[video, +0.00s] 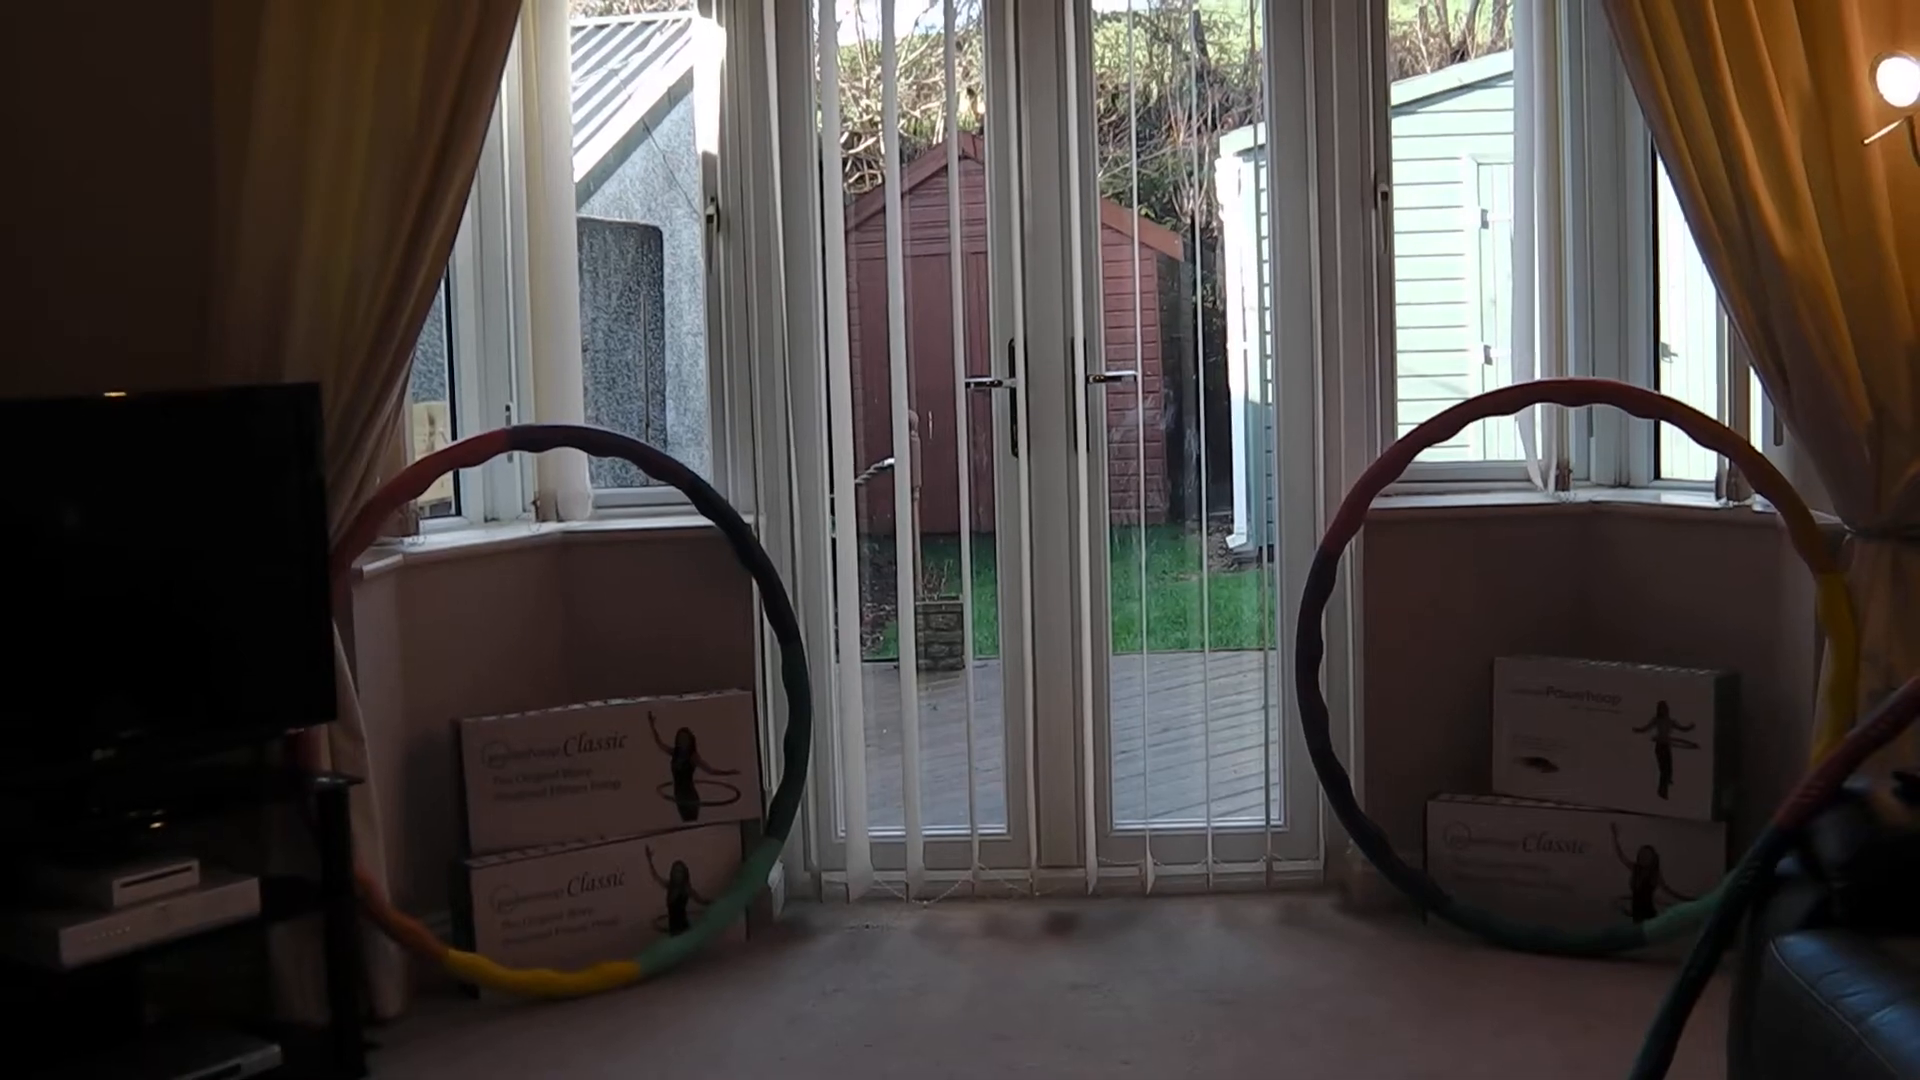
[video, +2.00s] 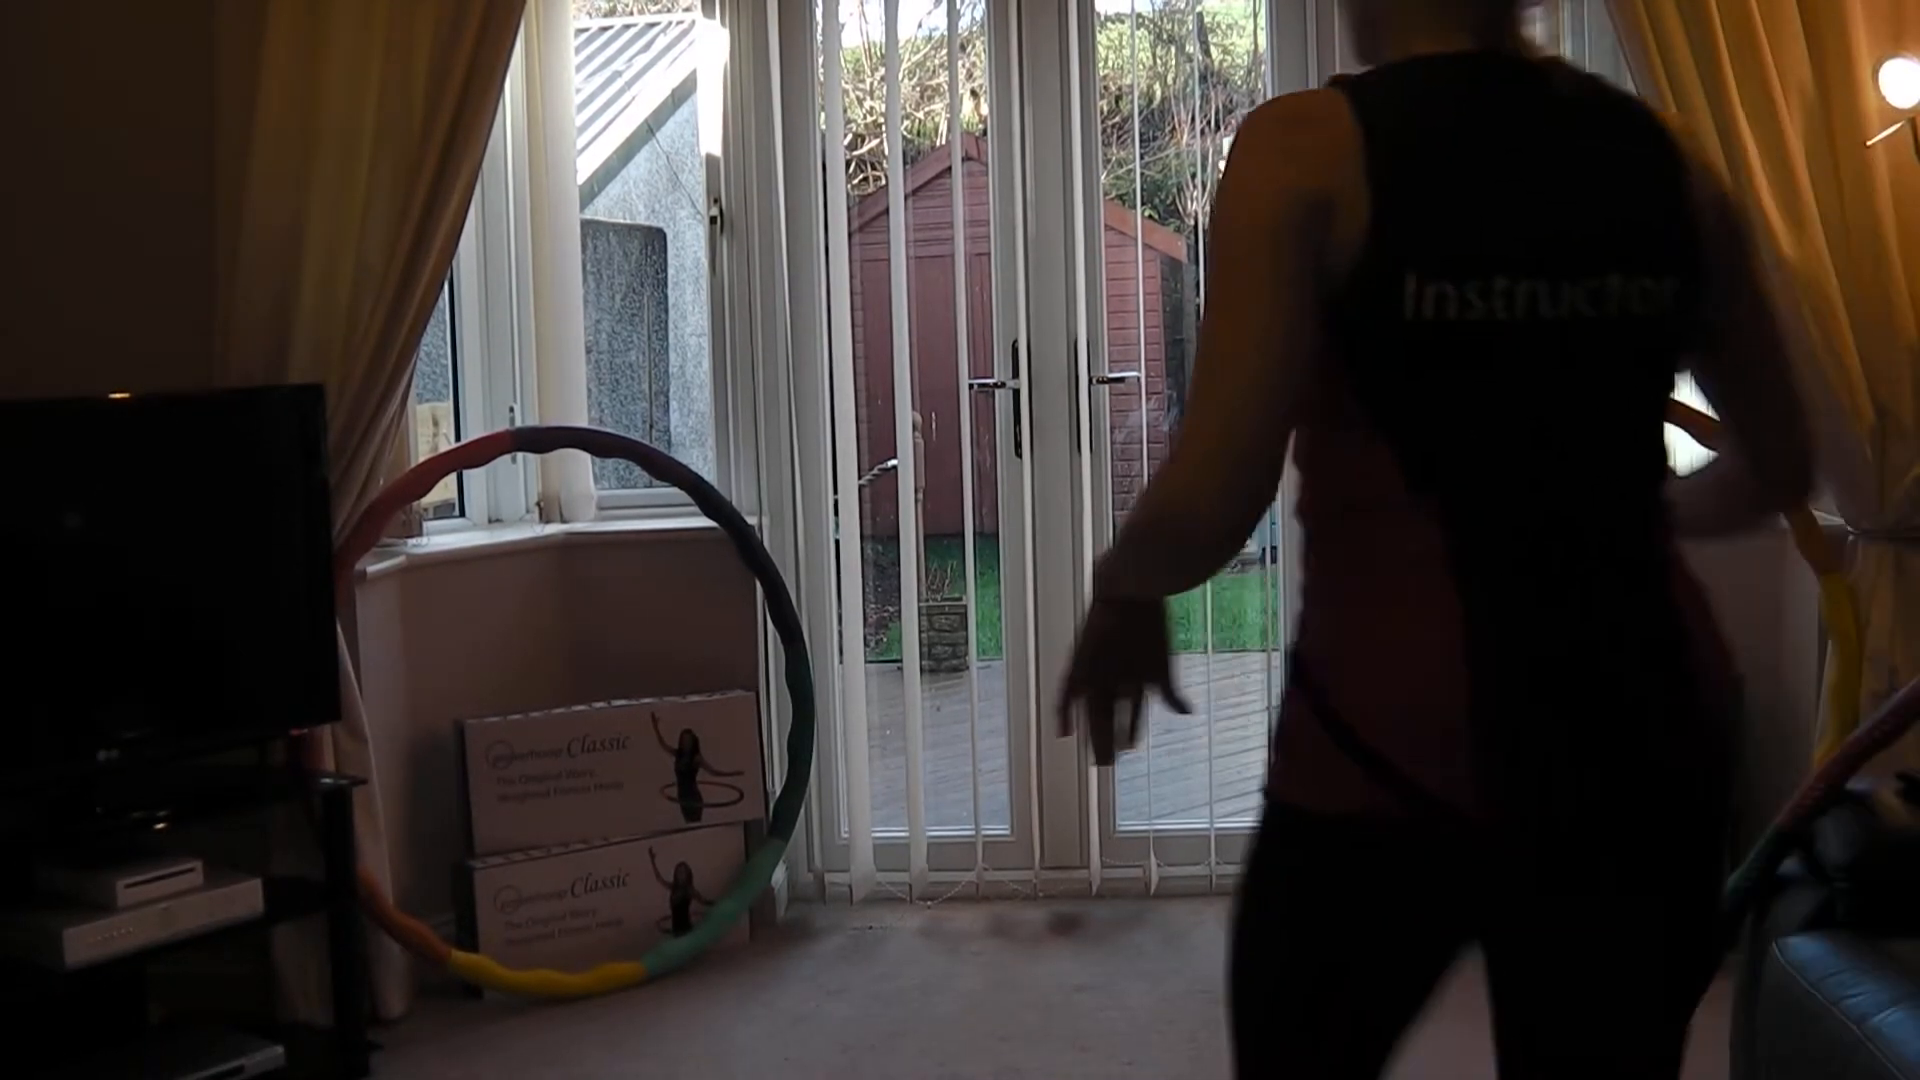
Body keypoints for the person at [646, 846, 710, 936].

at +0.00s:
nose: (677, 875)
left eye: (680, 871)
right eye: (675, 871)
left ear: (685, 873)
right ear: (672, 873)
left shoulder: (687, 889)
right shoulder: (670, 886)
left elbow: (700, 901)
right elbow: (655, 876)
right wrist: (649, 860)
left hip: (684, 924)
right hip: (672, 924)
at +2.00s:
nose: (681, 875)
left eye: (683, 872)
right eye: (679, 872)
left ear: (688, 874)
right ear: (675, 874)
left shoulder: (690, 889)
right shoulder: (673, 887)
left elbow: (702, 901)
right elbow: (659, 878)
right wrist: (652, 861)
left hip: (687, 926)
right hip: (675, 926)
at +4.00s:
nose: (681, 876)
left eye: (683, 873)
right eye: (678, 873)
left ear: (688, 874)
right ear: (675, 874)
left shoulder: (690, 889)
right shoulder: (673, 887)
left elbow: (702, 902)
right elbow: (658, 878)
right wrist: (652, 861)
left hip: (686, 924)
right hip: (675, 924)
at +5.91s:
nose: (681, 875)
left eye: (684, 872)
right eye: (678, 872)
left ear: (688, 874)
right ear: (675, 874)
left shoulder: (690, 889)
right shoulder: (673, 887)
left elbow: (703, 902)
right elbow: (659, 878)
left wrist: (717, 903)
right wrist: (652, 860)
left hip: (686, 924)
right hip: (675, 924)